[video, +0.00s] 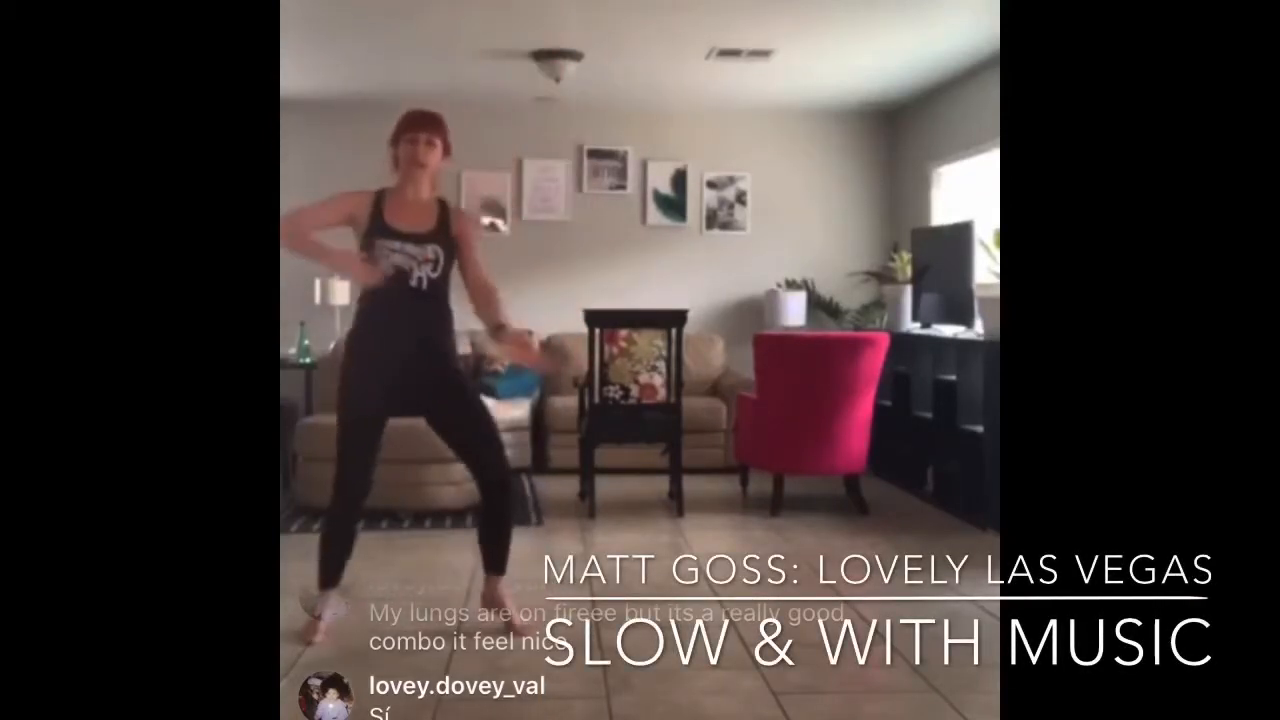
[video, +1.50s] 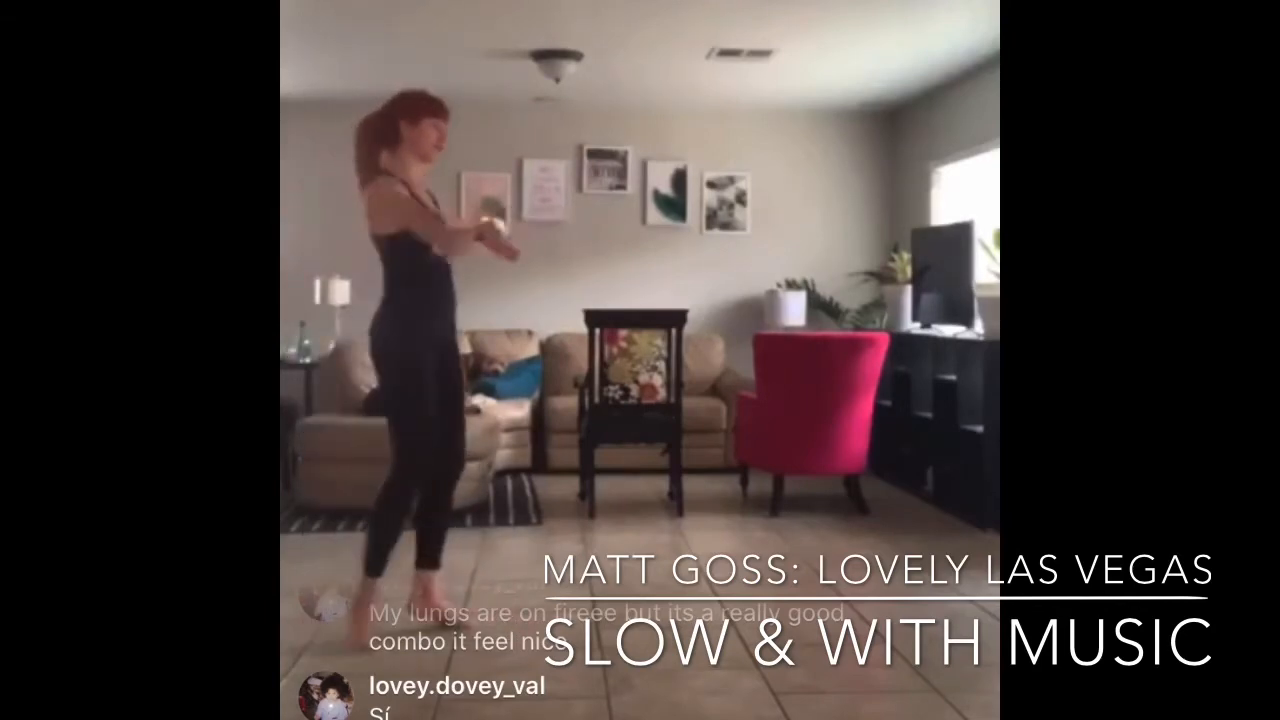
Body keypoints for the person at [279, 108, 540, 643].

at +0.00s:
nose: (419, 150)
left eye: (429, 144)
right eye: (411, 142)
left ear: (444, 156)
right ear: (394, 150)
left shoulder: (457, 222)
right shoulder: (365, 205)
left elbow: (481, 289)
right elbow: (290, 229)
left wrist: (503, 329)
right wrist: (345, 262)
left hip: (434, 365)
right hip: (369, 364)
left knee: (497, 474)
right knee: (351, 486)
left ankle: (495, 589)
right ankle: (327, 601)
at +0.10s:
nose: (402, 146)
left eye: (413, 140)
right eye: (393, 138)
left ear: (426, 154)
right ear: (377, 148)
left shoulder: (437, 218)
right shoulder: (348, 203)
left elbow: (467, 286)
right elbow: (287, 210)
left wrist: (437, 318)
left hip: (407, 361)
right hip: (348, 360)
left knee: (497, 461)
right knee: (339, 487)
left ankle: (493, 581)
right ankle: (326, 598)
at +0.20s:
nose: (393, 147)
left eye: (404, 139)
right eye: (384, 138)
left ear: (418, 151)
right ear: (368, 147)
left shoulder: (430, 217)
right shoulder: (340, 202)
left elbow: (458, 279)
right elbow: (283, 210)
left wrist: (389, 296)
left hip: (403, 366)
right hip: (338, 364)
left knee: (492, 453)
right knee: (333, 481)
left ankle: (495, 578)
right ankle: (325, 597)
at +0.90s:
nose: (380, 143)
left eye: (388, 139)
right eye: (370, 134)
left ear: (395, 151)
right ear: (344, 140)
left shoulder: (399, 206)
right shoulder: (311, 201)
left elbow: (418, 239)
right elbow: (277, 219)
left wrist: (392, 248)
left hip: (378, 353)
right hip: (316, 352)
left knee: (450, 460)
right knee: (323, 473)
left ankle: (483, 583)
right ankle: (323, 592)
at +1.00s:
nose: (380, 145)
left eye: (388, 140)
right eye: (370, 134)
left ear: (393, 153)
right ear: (343, 138)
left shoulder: (394, 204)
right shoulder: (305, 201)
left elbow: (446, 224)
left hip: (380, 350)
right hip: (319, 351)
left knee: (439, 463)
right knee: (325, 474)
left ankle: (482, 581)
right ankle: (323, 592)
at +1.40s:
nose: (428, 137)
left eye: (431, 130)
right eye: (419, 126)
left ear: (421, 140)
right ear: (388, 128)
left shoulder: (421, 192)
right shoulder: (365, 190)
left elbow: (467, 218)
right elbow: (331, 230)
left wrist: (518, 227)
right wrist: (314, 249)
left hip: (428, 344)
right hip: (380, 345)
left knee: (449, 460)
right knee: (374, 464)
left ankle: (427, 588)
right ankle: (331, 587)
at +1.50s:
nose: (441, 138)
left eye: (444, 131)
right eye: (433, 127)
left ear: (431, 137)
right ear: (403, 128)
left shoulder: (426, 192)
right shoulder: (384, 190)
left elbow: (449, 240)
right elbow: (441, 240)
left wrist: (480, 237)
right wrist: (482, 229)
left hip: (440, 338)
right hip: (404, 338)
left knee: (449, 461)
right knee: (412, 463)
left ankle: (427, 588)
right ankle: (366, 595)